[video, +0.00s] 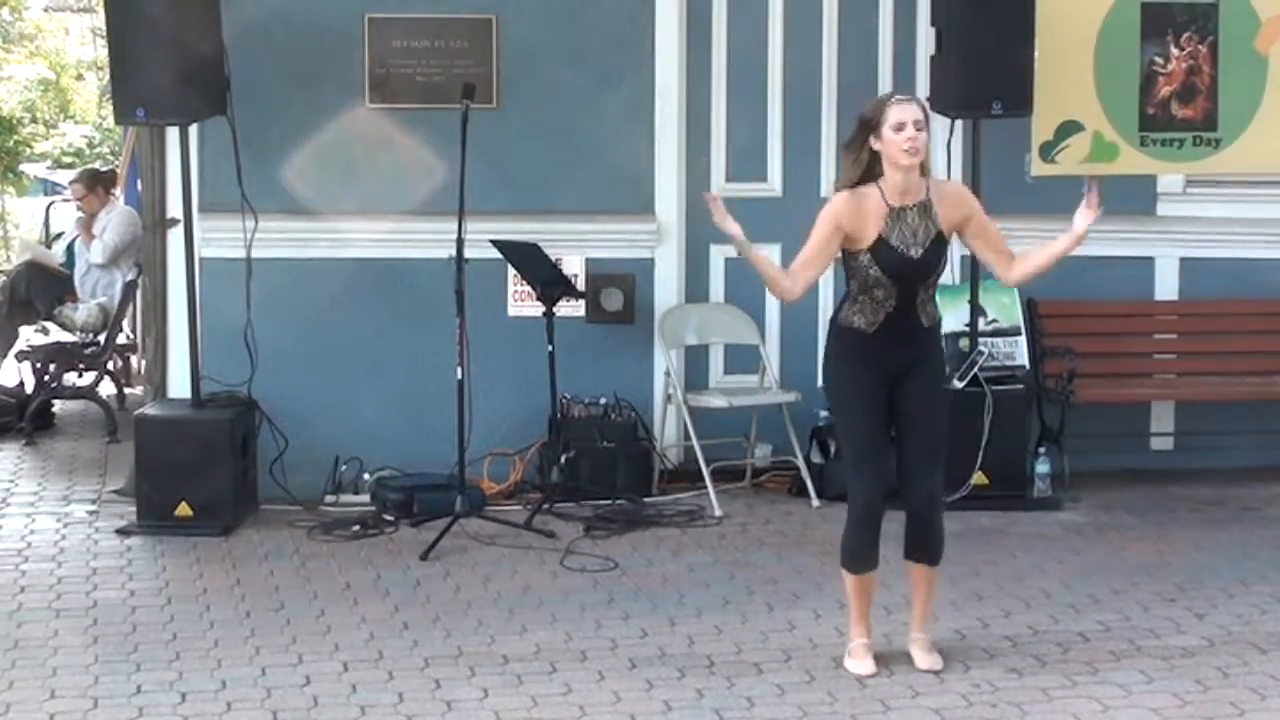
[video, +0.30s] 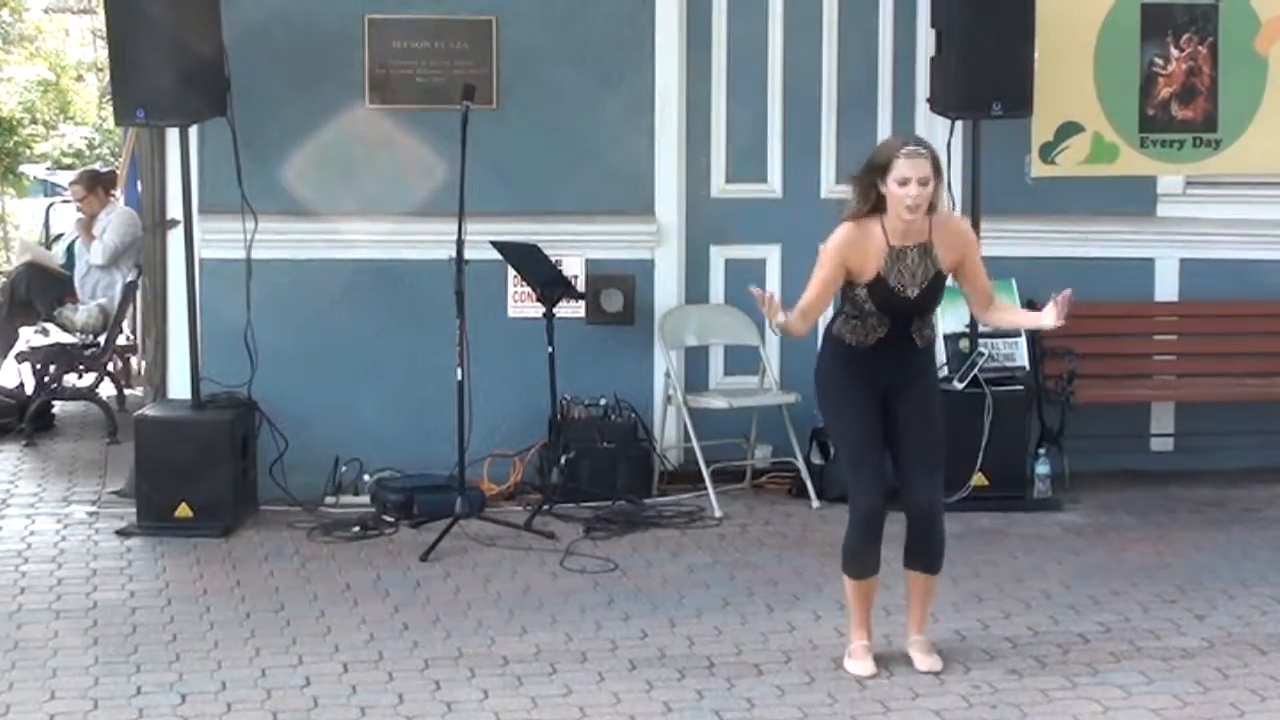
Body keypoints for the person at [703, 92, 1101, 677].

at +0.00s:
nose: (913, 136)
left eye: (920, 127)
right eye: (901, 128)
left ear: (930, 137)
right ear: (876, 140)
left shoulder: (953, 199)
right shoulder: (849, 206)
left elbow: (1012, 269)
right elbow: (791, 287)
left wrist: (1072, 236)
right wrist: (743, 242)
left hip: (920, 357)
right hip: (854, 358)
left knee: (926, 492)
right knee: (869, 490)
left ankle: (920, 633)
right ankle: (859, 637)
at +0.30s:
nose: (915, 193)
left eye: (924, 183)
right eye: (904, 183)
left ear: (936, 185)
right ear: (882, 185)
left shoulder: (953, 233)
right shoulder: (851, 239)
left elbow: (987, 308)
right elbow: (804, 321)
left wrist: (1041, 318)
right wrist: (781, 316)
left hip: (914, 370)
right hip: (849, 371)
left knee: (926, 498)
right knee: (869, 497)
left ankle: (918, 635)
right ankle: (859, 639)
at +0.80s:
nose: (914, 268)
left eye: (925, 257)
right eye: (905, 255)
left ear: (944, 246)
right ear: (890, 244)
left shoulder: (961, 263)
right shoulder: (861, 271)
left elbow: (967, 309)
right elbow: (810, 324)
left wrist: (963, 369)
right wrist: (844, 378)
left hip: (920, 382)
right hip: (856, 381)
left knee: (932, 510)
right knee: (877, 507)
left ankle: (916, 636)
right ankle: (861, 640)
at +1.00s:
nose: (909, 260)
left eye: (921, 251)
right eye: (901, 248)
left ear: (946, 240)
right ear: (890, 236)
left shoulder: (965, 251)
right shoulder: (865, 256)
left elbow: (967, 289)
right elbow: (828, 285)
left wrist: (965, 346)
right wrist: (848, 353)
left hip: (930, 383)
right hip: (865, 381)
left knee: (935, 510)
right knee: (884, 506)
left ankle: (913, 638)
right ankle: (859, 637)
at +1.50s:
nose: (828, 127)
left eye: (834, 117)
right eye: (830, 117)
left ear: (860, 122)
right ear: (854, 124)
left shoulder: (916, 176)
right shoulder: (850, 179)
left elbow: (983, 228)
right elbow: (864, 256)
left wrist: (966, 309)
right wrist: (827, 284)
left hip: (903, 343)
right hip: (846, 338)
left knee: (900, 484)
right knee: (815, 461)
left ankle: (917, 629)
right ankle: (817, 576)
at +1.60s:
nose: (809, 108)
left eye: (817, 100)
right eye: (812, 100)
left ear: (846, 108)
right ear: (840, 109)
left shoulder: (895, 163)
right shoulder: (833, 166)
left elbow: (964, 220)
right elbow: (856, 245)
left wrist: (963, 304)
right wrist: (825, 282)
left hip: (881, 330)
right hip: (829, 328)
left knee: (894, 468)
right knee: (820, 458)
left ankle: (920, 620)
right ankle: (817, 578)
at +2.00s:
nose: (823, 138)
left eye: (831, 130)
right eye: (812, 128)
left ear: (840, 142)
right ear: (789, 138)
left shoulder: (849, 204)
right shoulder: (789, 203)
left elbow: (911, 238)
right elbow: (810, 289)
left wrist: (966, 248)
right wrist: (797, 350)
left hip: (857, 356)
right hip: (809, 361)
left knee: (864, 482)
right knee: (789, 489)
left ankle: (880, 636)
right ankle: (835, 602)